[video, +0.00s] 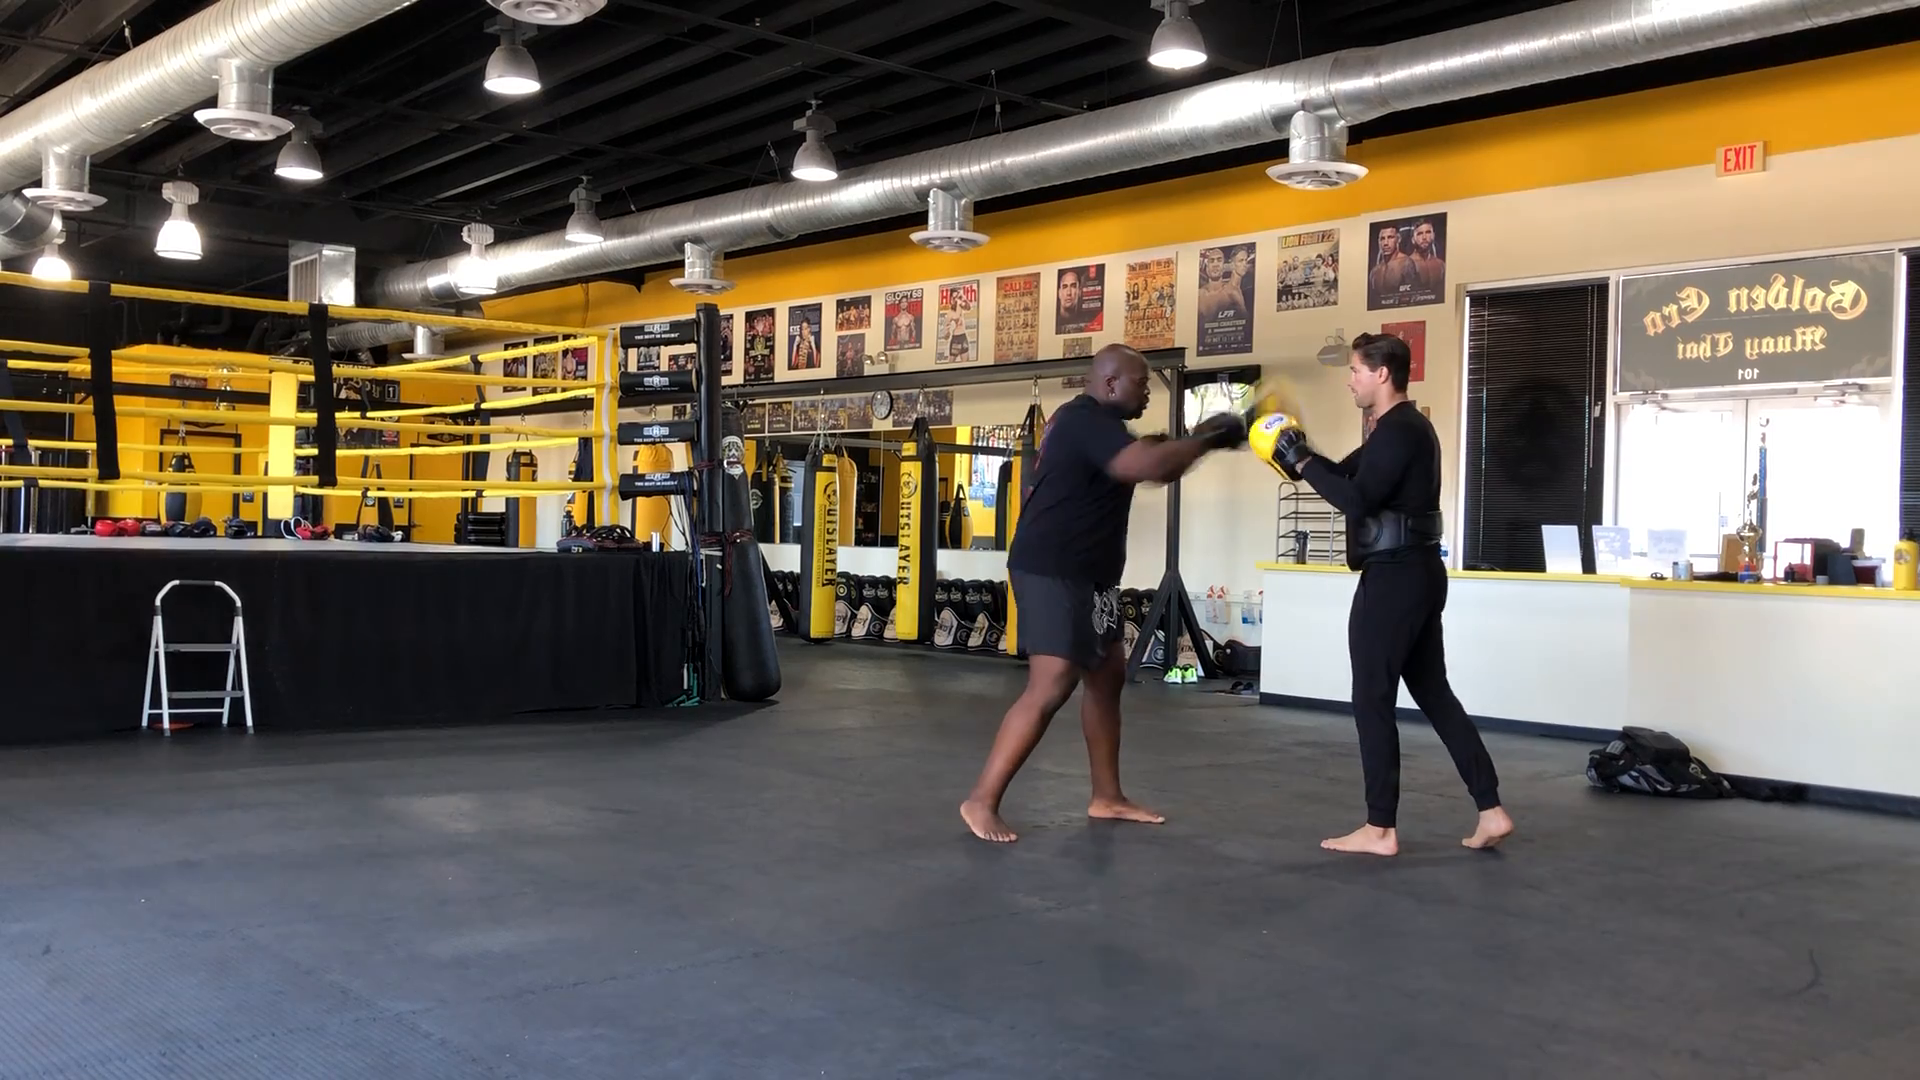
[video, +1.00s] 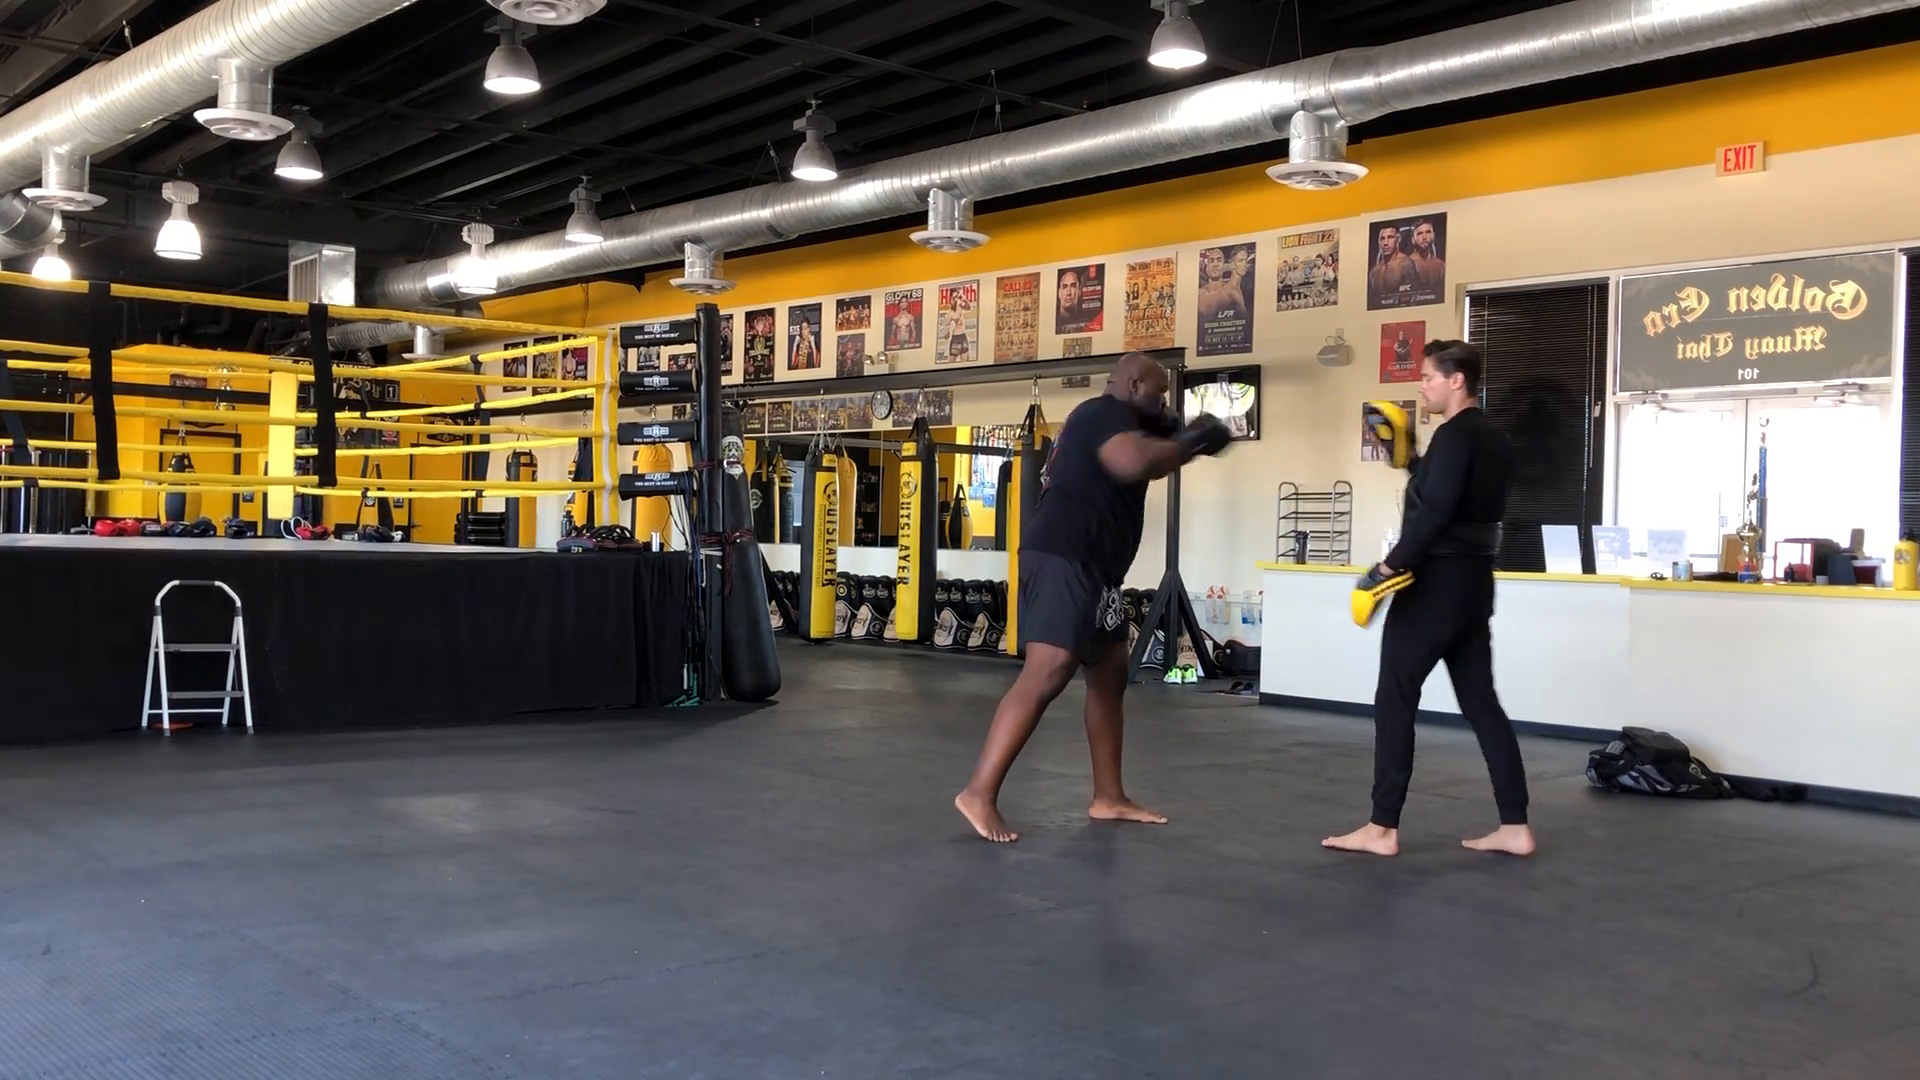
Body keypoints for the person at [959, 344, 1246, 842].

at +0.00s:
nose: (1147, 390)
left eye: (1147, 383)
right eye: (1142, 381)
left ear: (1106, 381)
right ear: (1110, 380)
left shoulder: (1100, 422)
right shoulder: (1084, 418)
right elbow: (1148, 464)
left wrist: (1172, 444)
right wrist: (1207, 437)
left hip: (1092, 572)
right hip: (1052, 569)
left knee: (1107, 674)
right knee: (1052, 682)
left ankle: (1107, 796)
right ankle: (981, 802)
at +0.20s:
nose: (1139, 393)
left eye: (1139, 384)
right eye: (1132, 383)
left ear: (1104, 381)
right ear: (1103, 381)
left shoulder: (1101, 434)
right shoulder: (1064, 423)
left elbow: (1101, 484)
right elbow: (1104, 480)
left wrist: (1139, 495)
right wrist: (1154, 432)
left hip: (1089, 576)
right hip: (1038, 574)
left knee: (1112, 678)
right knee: (1033, 683)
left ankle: (1107, 798)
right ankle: (974, 810)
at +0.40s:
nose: (1109, 390)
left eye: (1114, 381)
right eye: (1100, 379)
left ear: (1115, 382)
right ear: (1070, 376)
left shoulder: (1112, 424)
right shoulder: (1030, 423)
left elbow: (1162, 453)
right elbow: (1047, 484)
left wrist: (1202, 441)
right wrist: (1079, 420)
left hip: (1087, 578)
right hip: (1028, 577)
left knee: (1113, 681)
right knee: (1016, 688)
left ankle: (1108, 797)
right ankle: (974, 812)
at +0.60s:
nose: (1132, 398)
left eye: (1135, 391)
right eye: (1125, 389)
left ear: (1127, 393)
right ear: (1096, 385)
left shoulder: (1108, 438)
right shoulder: (1063, 424)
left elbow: (1120, 492)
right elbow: (1056, 474)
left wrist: (1152, 456)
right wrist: (1118, 438)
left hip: (1088, 583)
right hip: (1042, 581)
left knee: (1117, 677)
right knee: (1033, 689)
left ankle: (1110, 796)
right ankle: (974, 812)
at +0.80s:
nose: (1156, 409)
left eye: (1156, 403)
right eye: (1152, 400)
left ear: (1111, 389)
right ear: (1128, 388)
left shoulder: (1072, 424)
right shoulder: (1119, 415)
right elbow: (1207, 422)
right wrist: (1269, 415)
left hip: (1081, 569)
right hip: (1060, 564)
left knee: (1103, 677)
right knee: (1038, 683)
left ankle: (1108, 796)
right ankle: (972, 805)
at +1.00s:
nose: (1160, 402)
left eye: (1162, 395)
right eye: (1156, 393)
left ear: (1125, 382)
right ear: (1130, 383)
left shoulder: (1118, 423)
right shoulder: (1100, 412)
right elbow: (1129, 460)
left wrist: (1167, 435)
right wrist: (1190, 442)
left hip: (1095, 567)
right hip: (1062, 558)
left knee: (1109, 671)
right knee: (1046, 672)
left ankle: (1109, 796)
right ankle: (979, 794)